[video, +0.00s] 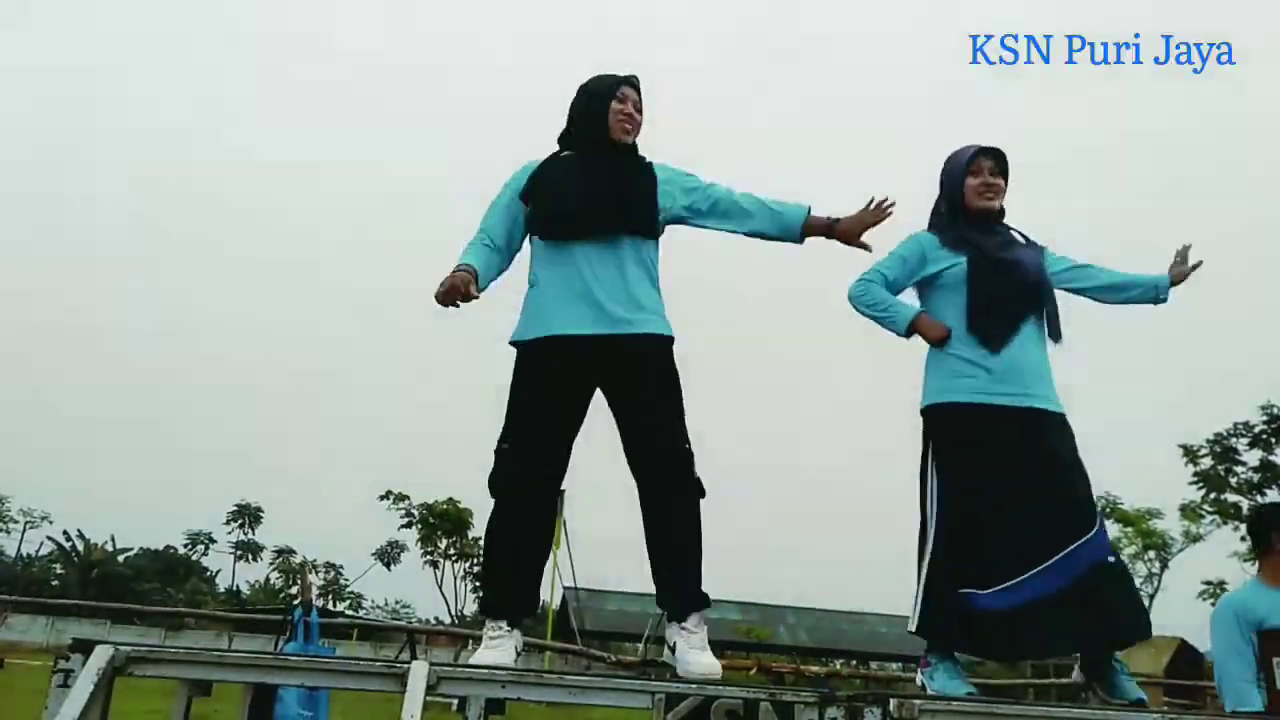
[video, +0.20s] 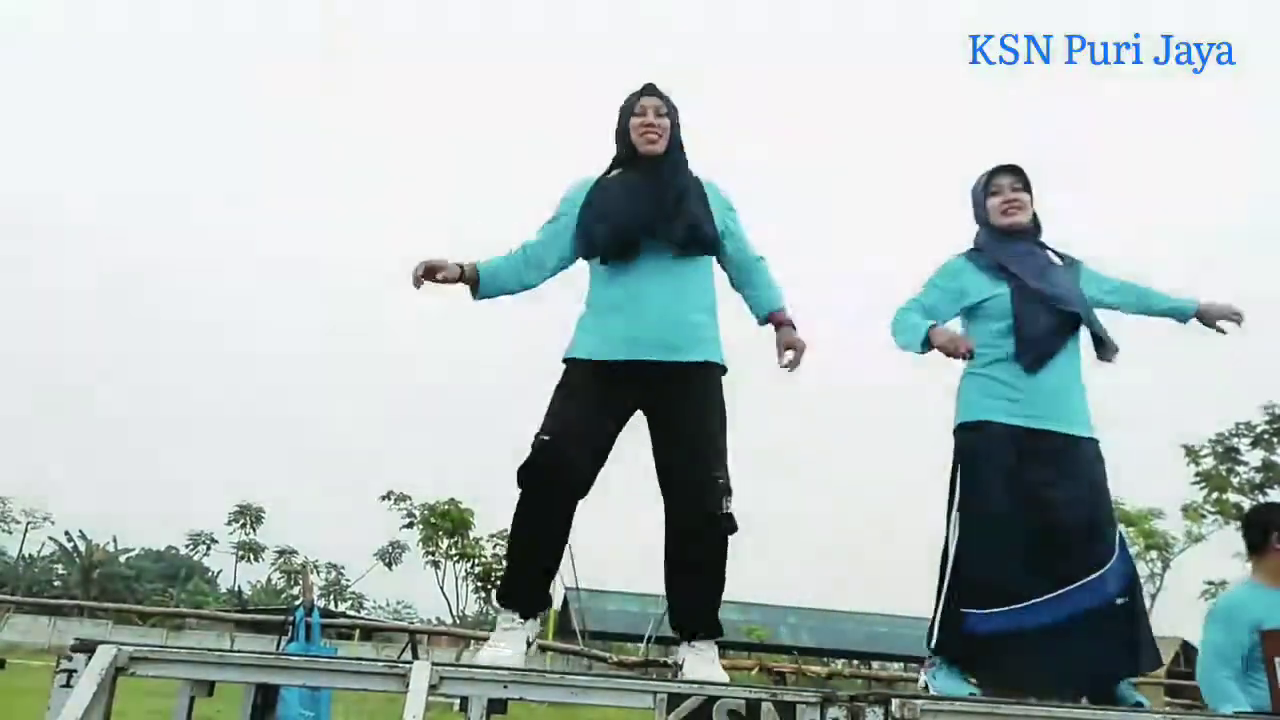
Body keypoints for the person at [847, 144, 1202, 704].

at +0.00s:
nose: (990, 182)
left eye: (997, 174)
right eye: (978, 174)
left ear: (1006, 187)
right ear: (953, 185)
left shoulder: (1029, 252)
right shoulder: (930, 245)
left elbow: (1091, 278)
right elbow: (864, 289)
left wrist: (1166, 281)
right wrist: (916, 319)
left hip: (1034, 403)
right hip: (960, 402)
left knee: (1078, 524)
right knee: (957, 527)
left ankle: (1100, 659)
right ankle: (938, 657)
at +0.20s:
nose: (1010, 198)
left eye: (1018, 190)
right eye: (997, 193)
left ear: (1034, 204)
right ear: (981, 211)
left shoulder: (1068, 270)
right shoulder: (964, 269)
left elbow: (1130, 295)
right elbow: (905, 319)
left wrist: (1198, 309)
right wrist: (934, 334)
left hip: (1066, 421)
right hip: (992, 417)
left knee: (1096, 541)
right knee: (984, 538)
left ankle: (1109, 675)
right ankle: (947, 663)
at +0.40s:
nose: (1015, 200)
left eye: (1025, 191)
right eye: (1004, 195)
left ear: (1044, 202)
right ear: (992, 210)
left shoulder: (1076, 259)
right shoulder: (980, 260)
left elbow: (1139, 290)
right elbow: (976, 305)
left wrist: (1160, 333)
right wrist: (1056, 272)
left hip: (1085, 402)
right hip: (1013, 401)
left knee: (1096, 527)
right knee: (1031, 520)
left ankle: (1103, 669)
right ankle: (1026, 653)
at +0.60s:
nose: (1015, 210)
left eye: (1025, 201)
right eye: (1005, 205)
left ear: (1049, 211)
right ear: (994, 221)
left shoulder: (1086, 274)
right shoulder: (984, 267)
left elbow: (1148, 311)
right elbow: (989, 290)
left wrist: (1127, 346)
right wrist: (1065, 281)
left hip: (1092, 420)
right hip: (1017, 418)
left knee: (1122, 537)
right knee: (1043, 518)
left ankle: (1110, 676)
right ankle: (1042, 666)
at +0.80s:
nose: (998, 192)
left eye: (1008, 181)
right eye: (988, 189)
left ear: (1036, 189)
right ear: (982, 205)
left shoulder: (1079, 254)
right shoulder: (972, 253)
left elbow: (1132, 294)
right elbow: (889, 274)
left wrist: (1118, 334)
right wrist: (938, 266)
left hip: (1072, 408)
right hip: (993, 405)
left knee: (1088, 536)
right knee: (968, 530)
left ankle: (1101, 671)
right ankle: (935, 647)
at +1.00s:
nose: (968, 193)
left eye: (978, 183)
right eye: (958, 190)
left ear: (1004, 194)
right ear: (951, 208)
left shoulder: (1041, 264)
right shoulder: (935, 256)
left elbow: (1093, 310)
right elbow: (852, 276)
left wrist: (1070, 347)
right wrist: (892, 267)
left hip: (1026, 414)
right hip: (948, 408)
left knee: (1061, 537)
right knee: (936, 532)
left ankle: (1094, 668)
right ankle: (911, 660)